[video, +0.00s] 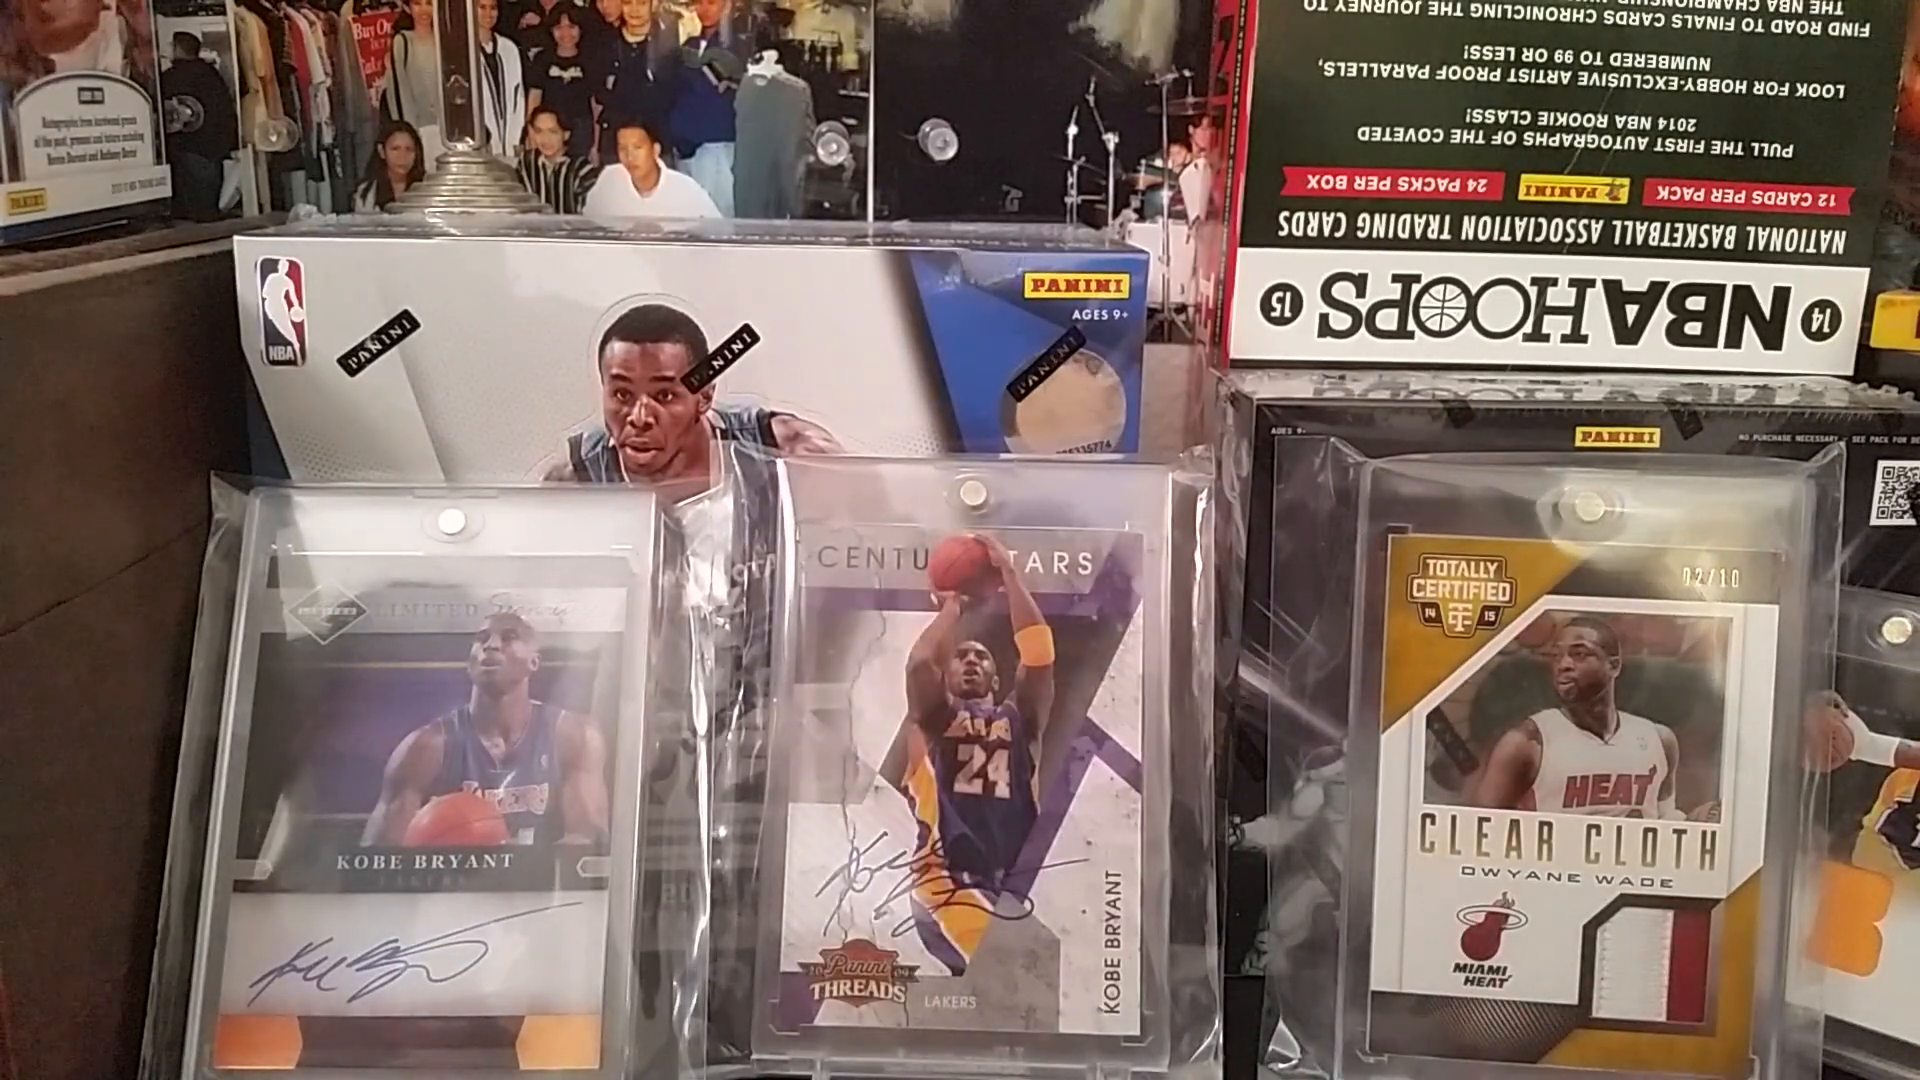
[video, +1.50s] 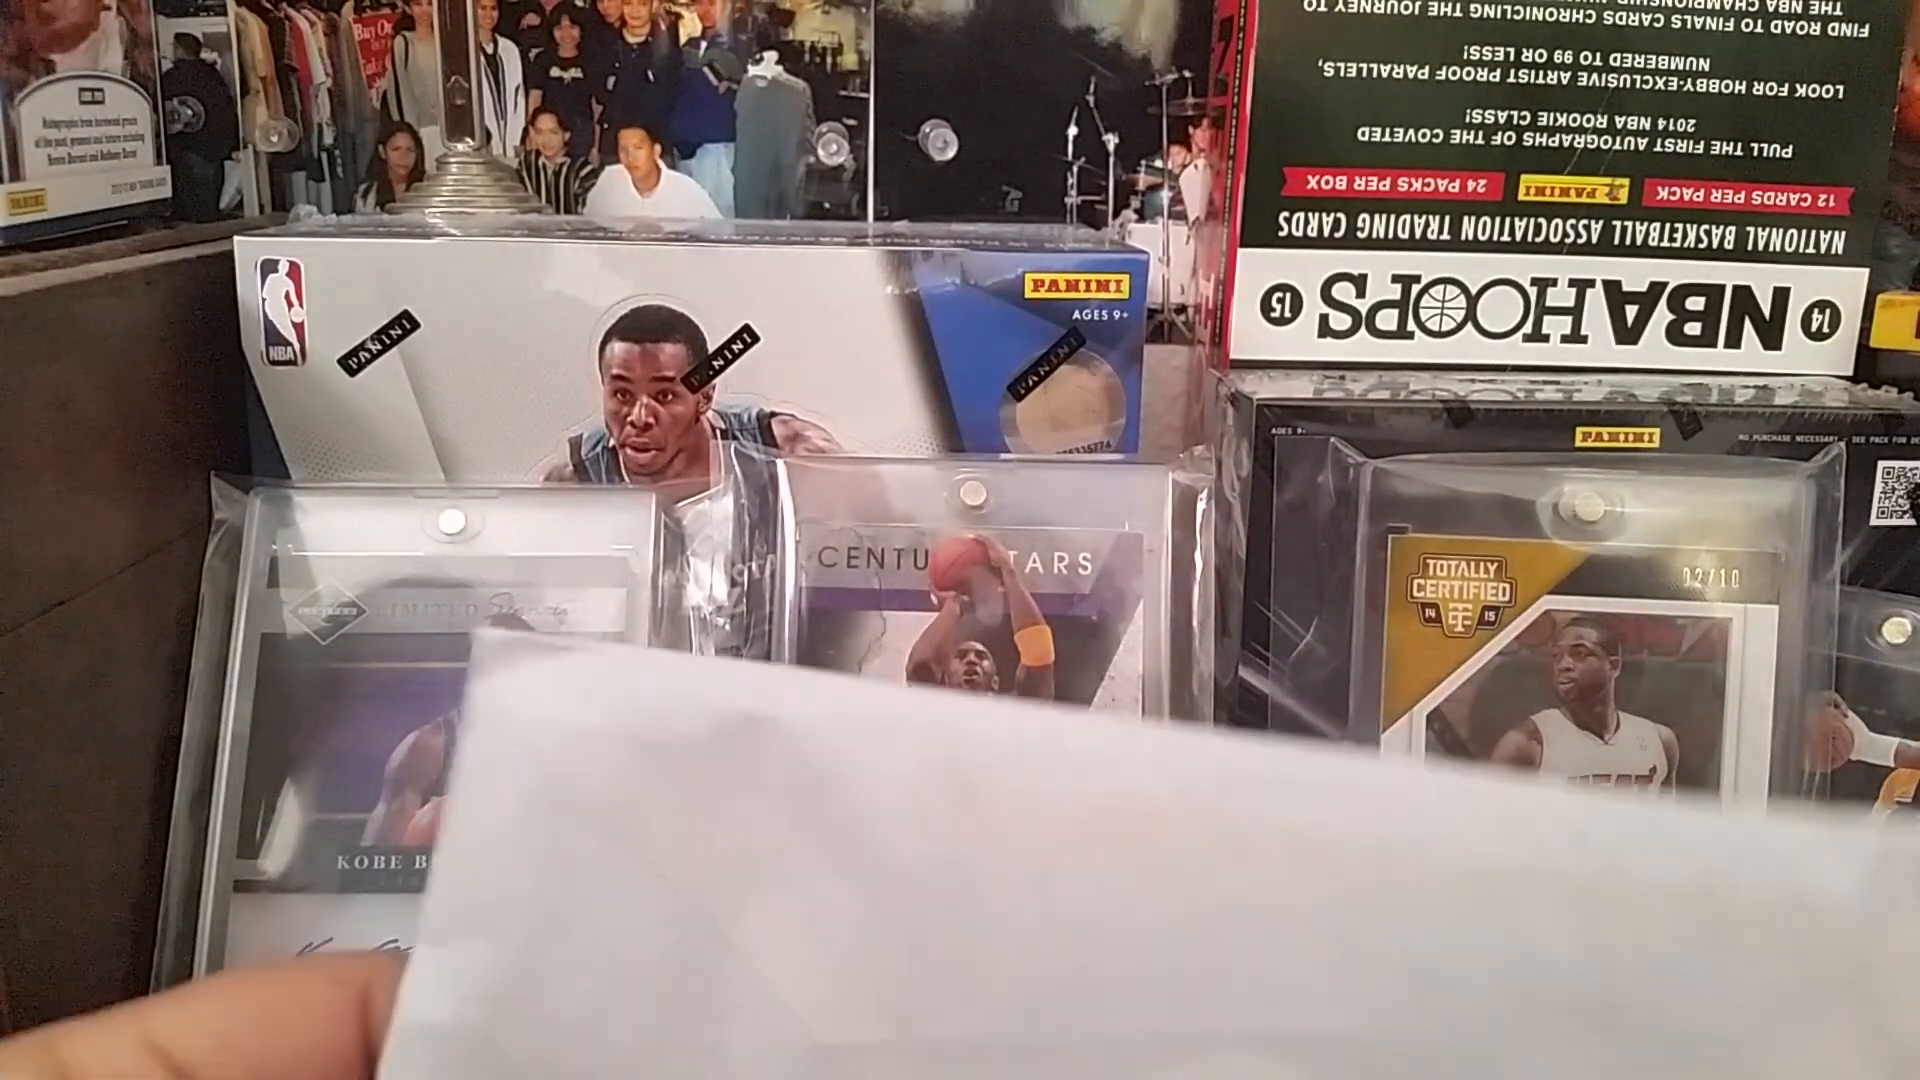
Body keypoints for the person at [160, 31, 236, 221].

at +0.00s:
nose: (171, 51)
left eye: (173, 47)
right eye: (173, 47)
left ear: (176, 49)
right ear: (197, 50)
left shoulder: (166, 78)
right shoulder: (213, 75)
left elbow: (158, 116)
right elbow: (226, 111)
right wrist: (229, 145)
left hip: (179, 150)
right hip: (211, 148)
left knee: (182, 207)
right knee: (208, 207)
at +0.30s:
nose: (172, 51)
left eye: (173, 47)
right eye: (173, 47)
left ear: (177, 49)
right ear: (198, 51)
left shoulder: (167, 79)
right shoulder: (213, 75)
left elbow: (158, 116)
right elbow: (226, 110)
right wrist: (230, 146)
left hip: (180, 151)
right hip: (211, 150)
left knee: (182, 208)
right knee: (208, 208)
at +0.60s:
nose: (173, 52)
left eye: (174, 48)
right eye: (174, 48)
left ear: (177, 50)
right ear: (198, 51)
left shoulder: (168, 78)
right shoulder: (212, 74)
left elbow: (159, 116)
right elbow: (227, 110)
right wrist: (231, 145)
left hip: (179, 151)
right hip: (211, 150)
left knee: (183, 208)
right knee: (209, 207)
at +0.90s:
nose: (173, 51)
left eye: (174, 48)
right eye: (174, 48)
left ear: (177, 50)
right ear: (198, 51)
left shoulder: (169, 78)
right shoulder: (213, 74)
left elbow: (159, 116)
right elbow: (227, 109)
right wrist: (231, 145)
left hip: (182, 150)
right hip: (213, 148)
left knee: (184, 206)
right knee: (210, 206)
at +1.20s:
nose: (173, 51)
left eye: (174, 48)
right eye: (174, 48)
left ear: (177, 50)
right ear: (198, 51)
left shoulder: (167, 79)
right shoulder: (214, 76)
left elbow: (159, 116)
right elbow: (227, 111)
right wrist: (232, 145)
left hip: (179, 150)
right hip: (212, 148)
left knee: (183, 206)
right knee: (209, 206)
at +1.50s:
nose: (173, 51)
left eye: (174, 48)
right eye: (174, 48)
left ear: (178, 50)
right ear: (197, 51)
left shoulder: (169, 78)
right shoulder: (212, 74)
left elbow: (160, 115)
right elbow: (228, 109)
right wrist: (232, 145)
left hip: (182, 149)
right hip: (213, 148)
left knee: (184, 204)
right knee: (210, 204)